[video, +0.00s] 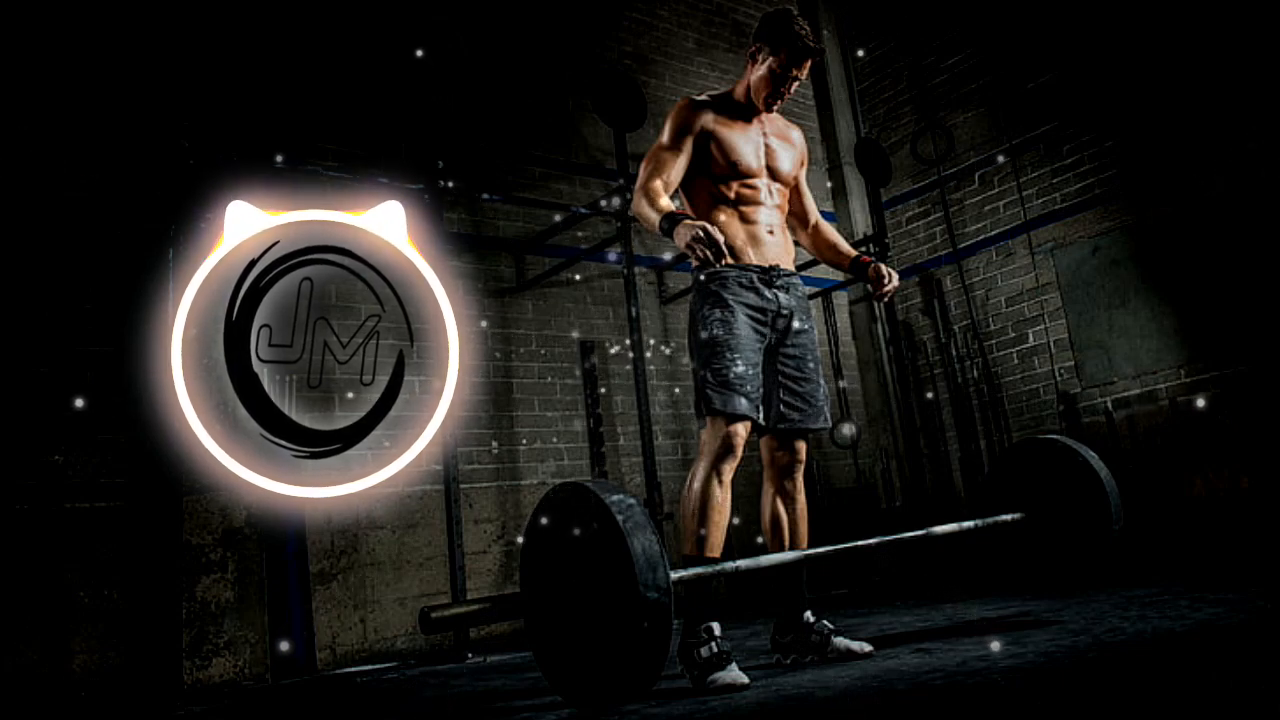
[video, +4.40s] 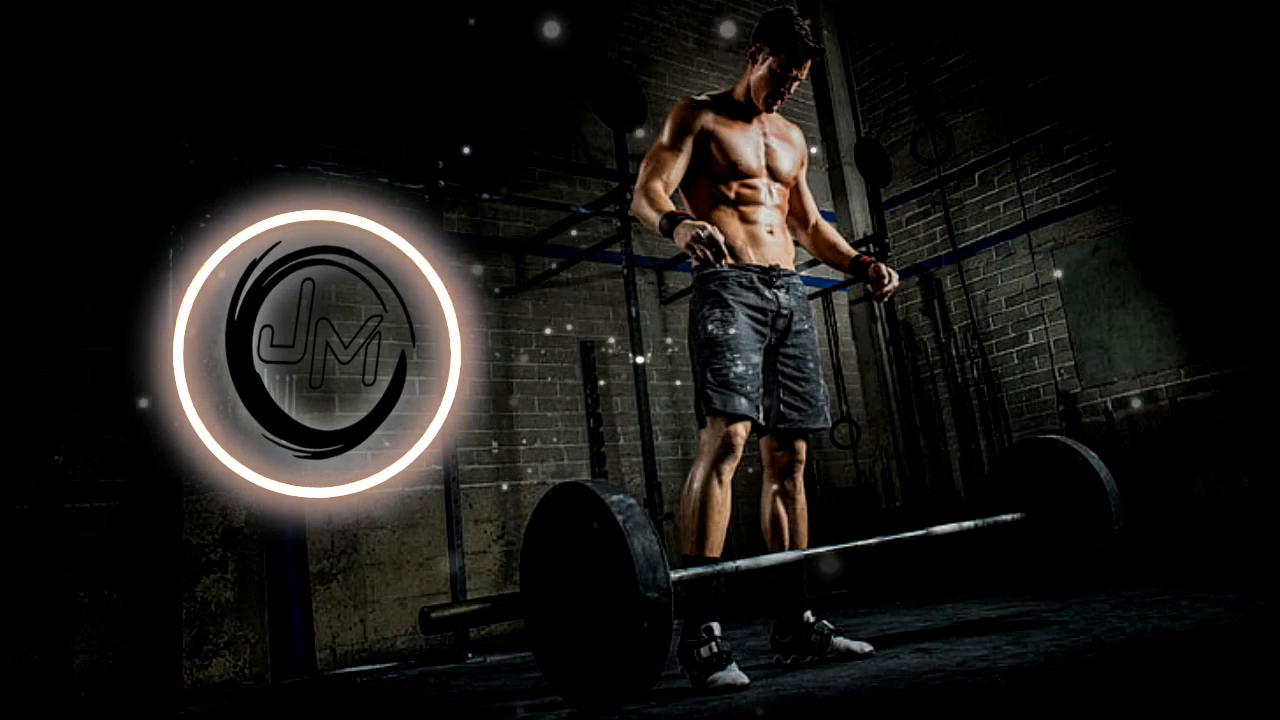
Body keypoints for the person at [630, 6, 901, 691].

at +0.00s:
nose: (789, 89)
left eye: (799, 79)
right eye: (787, 73)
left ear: (801, 76)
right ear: (756, 57)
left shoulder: (792, 137)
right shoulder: (698, 115)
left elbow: (808, 224)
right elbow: (646, 197)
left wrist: (860, 264)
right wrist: (675, 226)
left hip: (790, 297)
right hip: (730, 293)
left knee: (790, 455)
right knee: (730, 438)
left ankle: (797, 624)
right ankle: (699, 634)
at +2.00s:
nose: (788, 90)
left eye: (798, 80)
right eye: (785, 75)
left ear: (800, 77)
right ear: (756, 58)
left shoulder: (792, 136)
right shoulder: (697, 117)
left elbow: (808, 224)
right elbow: (645, 197)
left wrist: (861, 265)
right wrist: (676, 225)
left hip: (790, 297)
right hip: (730, 292)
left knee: (790, 455)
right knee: (729, 437)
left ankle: (796, 623)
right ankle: (698, 634)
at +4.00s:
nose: (793, 88)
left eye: (802, 78)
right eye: (789, 73)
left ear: (804, 76)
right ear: (757, 58)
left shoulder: (792, 136)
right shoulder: (697, 115)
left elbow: (809, 225)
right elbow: (645, 198)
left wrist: (860, 264)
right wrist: (677, 225)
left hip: (790, 297)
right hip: (730, 292)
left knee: (790, 455)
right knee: (729, 439)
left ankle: (798, 624)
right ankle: (699, 634)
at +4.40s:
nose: (794, 89)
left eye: (802, 78)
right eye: (790, 73)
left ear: (804, 76)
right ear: (757, 58)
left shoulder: (793, 137)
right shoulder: (697, 115)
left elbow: (809, 225)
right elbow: (644, 199)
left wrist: (860, 264)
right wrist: (677, 225)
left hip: (790, 297)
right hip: (730, 293)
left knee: (789, 455)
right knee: (729, 438)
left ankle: (797, 625)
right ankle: (699, 634)